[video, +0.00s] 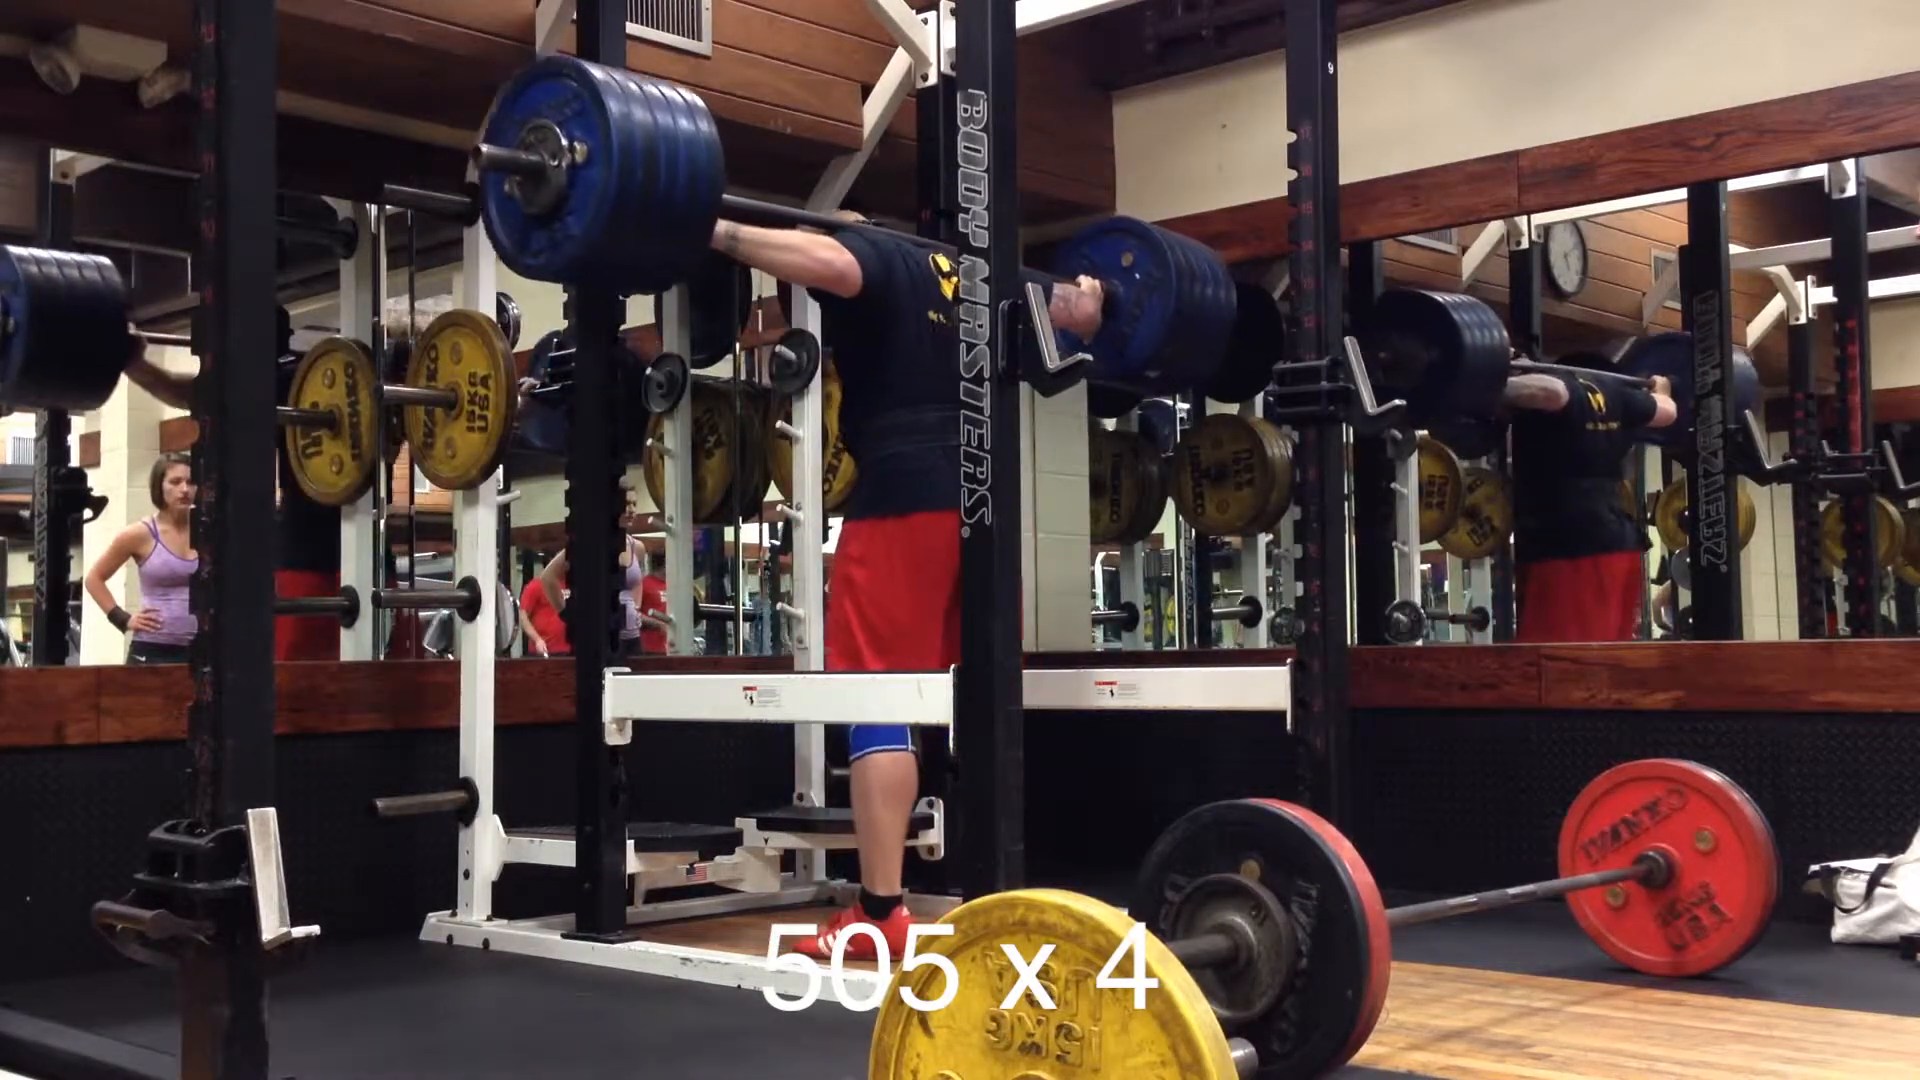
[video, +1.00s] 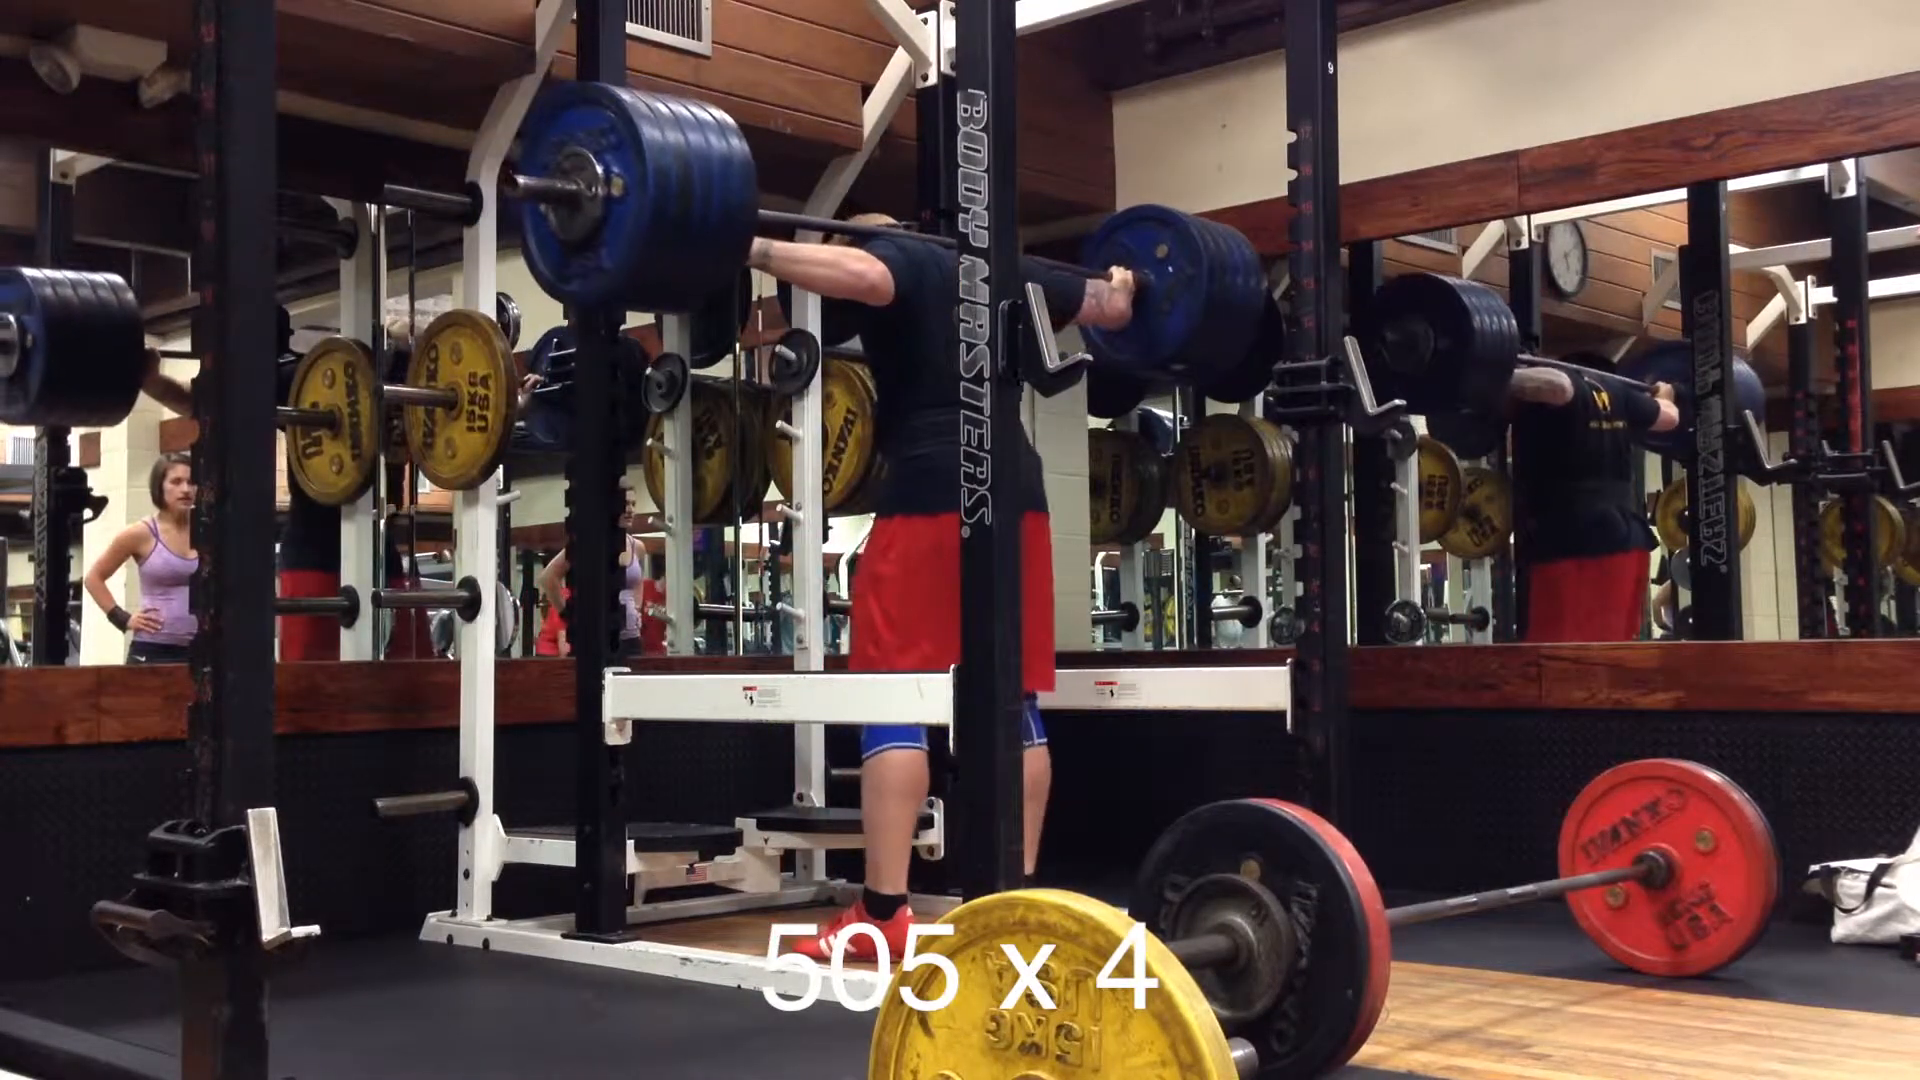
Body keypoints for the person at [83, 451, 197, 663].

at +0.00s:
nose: (185, 489)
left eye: (190, 482)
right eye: (175, 482)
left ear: (198, 487)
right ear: (159, 487)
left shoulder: (204, 528)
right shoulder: (140, 534)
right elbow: (93, 579)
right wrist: (124, 620)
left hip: (199, 648)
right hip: (153, 648)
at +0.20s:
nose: (185, 489)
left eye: (190, 482)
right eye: (175, 482)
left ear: (198, 487)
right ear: (159, 487)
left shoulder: (204, 528)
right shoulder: (140, 534)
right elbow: (93, 579)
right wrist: (124, 620)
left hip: (199, 648)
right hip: (153, 648)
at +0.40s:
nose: (185, 489)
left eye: (190, 482)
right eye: (175, 482)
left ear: (198, 487)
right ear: (159, 487)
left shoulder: (203, 528)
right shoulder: (140, 533)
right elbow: (93, 578)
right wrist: (124, 620)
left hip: (199, 648)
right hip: (153, 648)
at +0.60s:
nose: (185, 489)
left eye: (190, 482)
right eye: (175, 482)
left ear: (198, 487)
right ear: (159, 487)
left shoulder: (203, 528)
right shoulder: (140, 533)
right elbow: (93, 578)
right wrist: (124, 620)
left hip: (199, 648)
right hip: (153, 648)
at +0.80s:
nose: (185, 489)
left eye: (191, 482)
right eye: (176, 482)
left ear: (199, 487)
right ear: (159, 487)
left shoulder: (204, 529)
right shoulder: (140, 534)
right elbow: (93, 579)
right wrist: (124, 620)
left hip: (199, 648)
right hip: (153, 648)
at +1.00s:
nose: (186, 489)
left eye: (191, 482)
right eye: (176, 482)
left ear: (199, 487)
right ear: (159, 487)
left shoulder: (204, 529)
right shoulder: (141, 534)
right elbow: (93, 579)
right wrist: (123, 619)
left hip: (199, 648)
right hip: (153, 648)